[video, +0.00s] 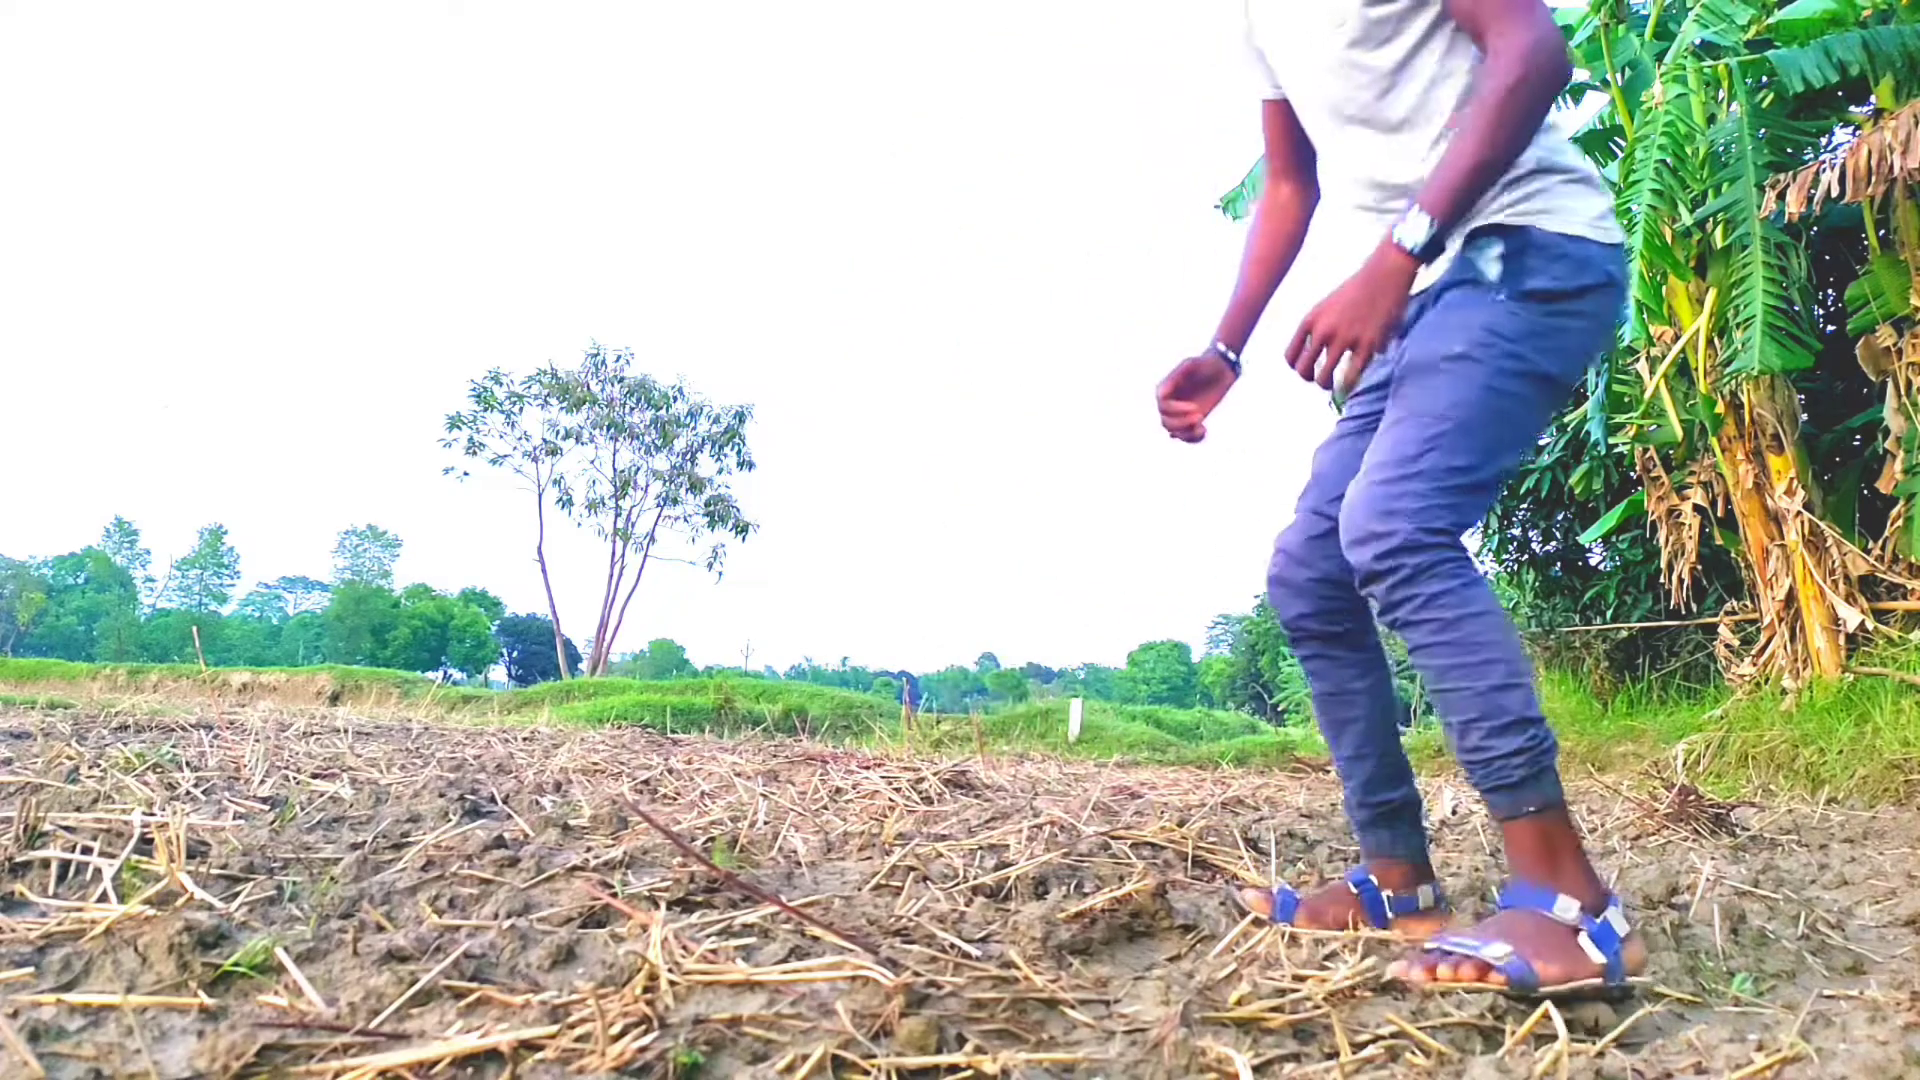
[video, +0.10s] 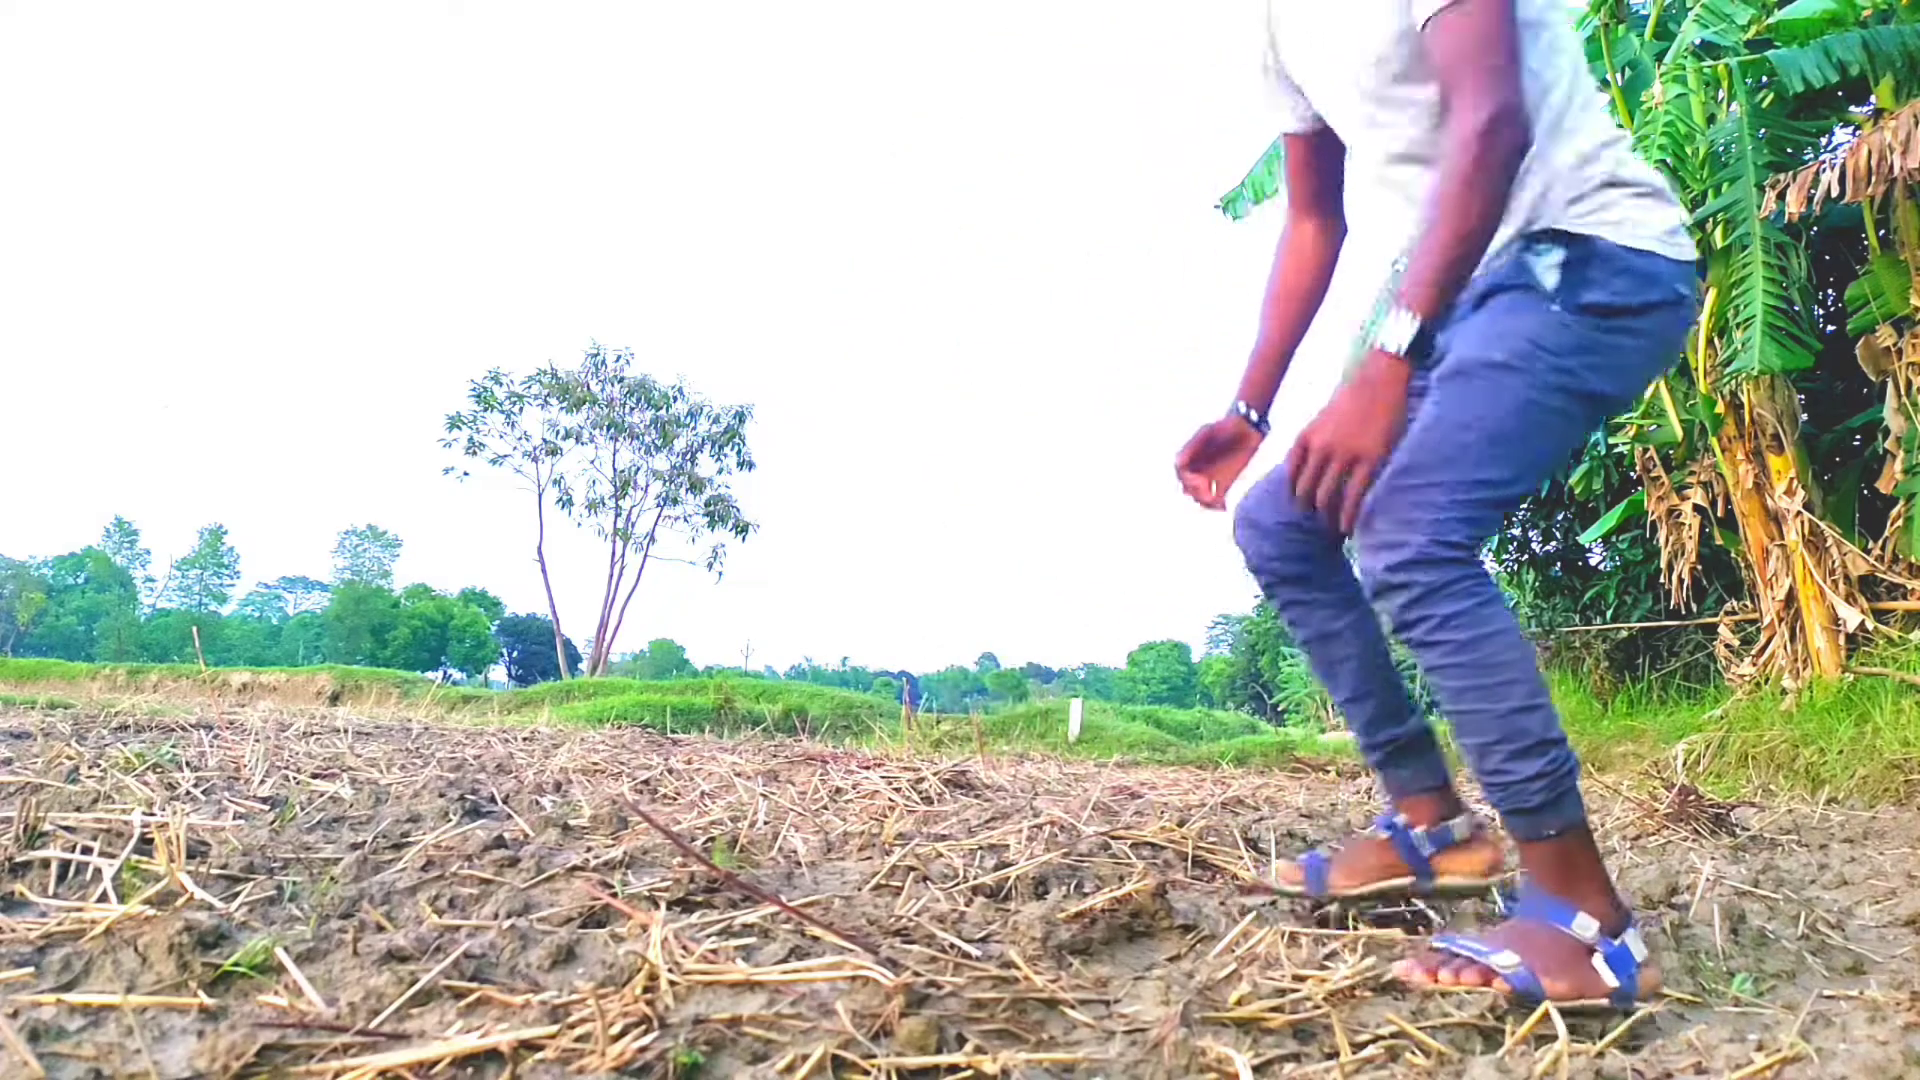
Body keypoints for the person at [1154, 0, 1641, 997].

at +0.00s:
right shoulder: (1265, 20)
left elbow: (1533, 51)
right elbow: (1288, 180)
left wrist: (1393, 257)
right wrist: (1227, 347)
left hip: (1531, 248)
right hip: (1428, 286)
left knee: (1396, 529)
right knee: (1306, 574)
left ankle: (1564, 898)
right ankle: (1398, 884)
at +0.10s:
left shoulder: (1449, 5)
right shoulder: (1290, 24)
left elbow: (1493, 126)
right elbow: (1311, 214)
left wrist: (1388, 357)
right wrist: (1251, 407)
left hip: (1585, 250)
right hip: (1467, 285)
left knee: (1409, 537)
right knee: (1278, 522)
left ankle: (1580, 912)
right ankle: (1431, 823)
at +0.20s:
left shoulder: (1439, 4)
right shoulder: (1289, 38)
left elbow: (1438, 190)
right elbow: (1311, 252)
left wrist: (1356, 427)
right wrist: (1249, 450)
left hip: (1632, 269)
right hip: (1508, 303)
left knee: (1425, 540)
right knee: (1312, 530)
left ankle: (1598, 921)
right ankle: (1479, 826)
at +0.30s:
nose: (1183, 53)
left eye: (1186, 15)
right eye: (1159, 39)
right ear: (1157, 43)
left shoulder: (1418, 24)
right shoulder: (1275, 127)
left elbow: (1363, 305)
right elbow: (1275, 345)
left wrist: (1273, 539)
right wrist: (1210, 546)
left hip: (1692, 298)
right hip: (1563, 326)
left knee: (1442, 544)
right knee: (1331, 533)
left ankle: (1607, 923)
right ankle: (1472, 865)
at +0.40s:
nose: (1185, 140)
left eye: (1189, 90)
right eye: (1151, 129)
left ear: (1256, 38)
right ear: (1143, 147)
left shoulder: (1407, 102)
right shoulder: (1266, 228)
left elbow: (1322, 391)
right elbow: (1231, 436)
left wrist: (1187, 614)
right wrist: (1144, 622)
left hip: (1715, 345)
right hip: (1584, 374)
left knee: (1440, 541)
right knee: (1334, 531)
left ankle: (1605, 926)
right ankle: (1471, 873)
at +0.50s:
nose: (1184, 261)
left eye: (1190, 212)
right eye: (1148, 251)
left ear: (1250, 168)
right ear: (1142, 270)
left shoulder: (1387, 224)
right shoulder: (1261, 333)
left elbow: (1265, 513)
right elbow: (1193, 521)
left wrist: (1088, 699)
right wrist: (1061, 686)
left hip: (1720, 457)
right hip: (1596, 468)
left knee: (1423, 543)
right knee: (1310, 551)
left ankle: (1581, 918)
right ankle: (1462, 881)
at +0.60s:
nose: (1176, 333)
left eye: (1185, 285)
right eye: (1142, 321)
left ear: (1256, 245)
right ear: (1135, 342)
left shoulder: (1374, 341)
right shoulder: (1246, 419)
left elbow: (1222, 606)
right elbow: (1181, 604)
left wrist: (1040, 767)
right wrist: (1037, 763)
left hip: (1697, 617)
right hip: (1582, 640)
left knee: (1382, 555)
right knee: (1275, 576)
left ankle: (1568, 897)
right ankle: (1454, 873)